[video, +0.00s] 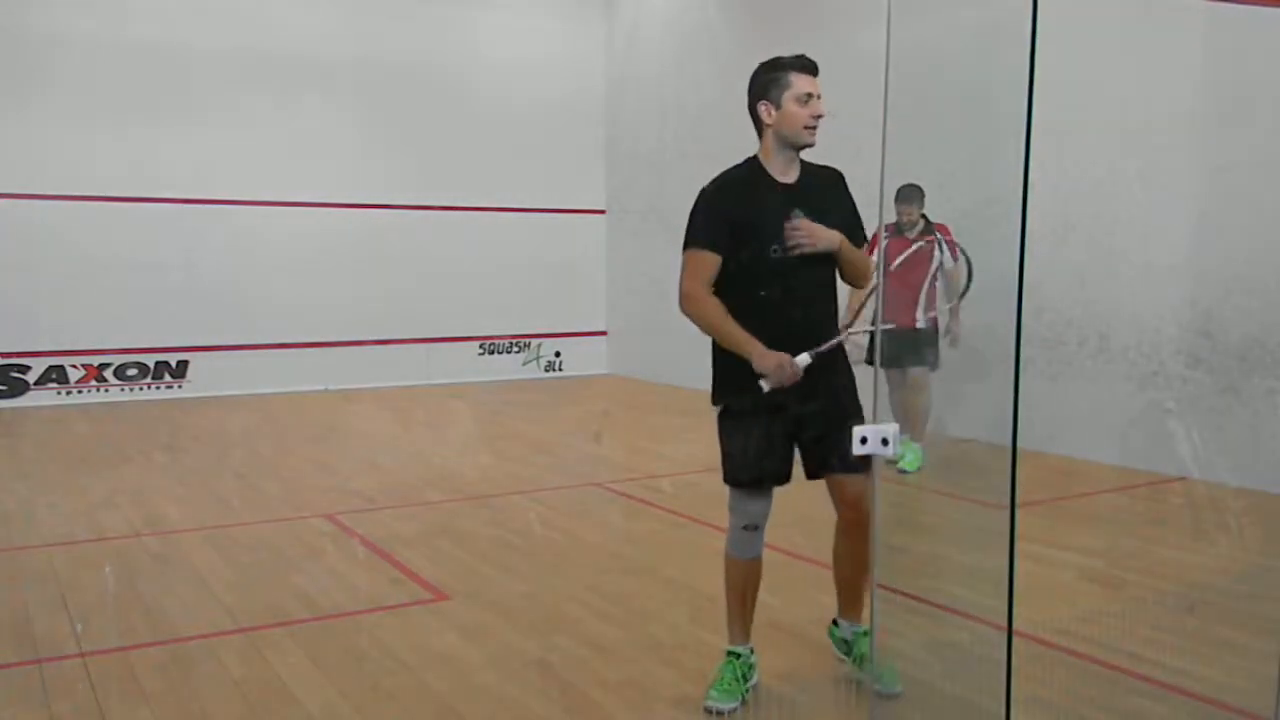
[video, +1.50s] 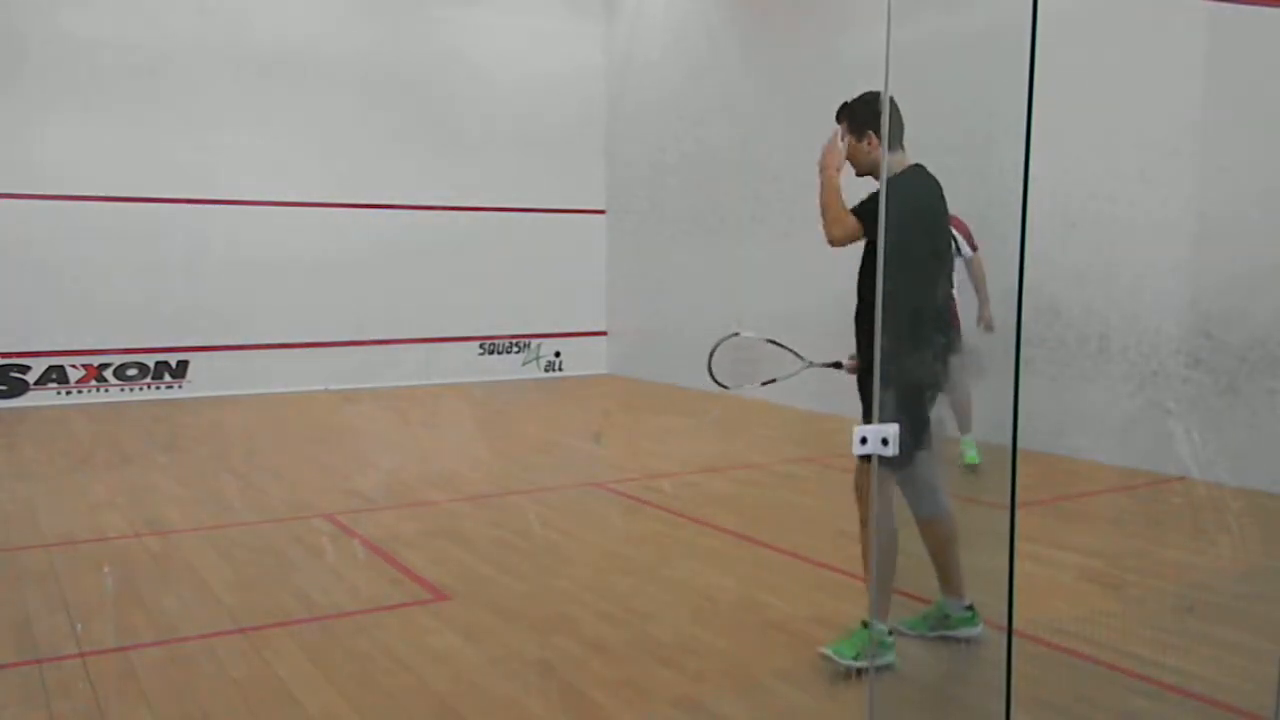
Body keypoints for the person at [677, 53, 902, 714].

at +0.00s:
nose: (819, 110)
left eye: (820, 100)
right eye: (806, 100)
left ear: (806, 113)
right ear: (766, 111)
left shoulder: (829, 186)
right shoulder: (723, 196)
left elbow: (865, 276)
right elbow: (693, 295)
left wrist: (836, 243)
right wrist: (756, 352)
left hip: (824, 370)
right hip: (749, 380)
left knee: (856, 500)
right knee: (748, 518)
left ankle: (851, 629)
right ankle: (739, 653)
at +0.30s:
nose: (879, 119)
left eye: (882, 108)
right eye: (868, 107)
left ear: (877, 119)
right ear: (829, 115)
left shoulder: (895, 199)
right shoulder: (776, 194)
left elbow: (921, 284)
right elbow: (738, 287)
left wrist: (881, 271)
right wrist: (738, 372)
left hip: (864, 381)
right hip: (790, 382)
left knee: (859, 512)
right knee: (774, 520)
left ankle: (859, 644)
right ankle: (742, 654)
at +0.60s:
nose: (902, 127)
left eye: (912, 117)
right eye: (891, 115)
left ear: (923, 124)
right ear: (864, 120)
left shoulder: (940, 202)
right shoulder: (820, 191)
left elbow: (951, 299)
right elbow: (787, 274)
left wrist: (892, 344)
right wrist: (768, 346)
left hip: (891, 382)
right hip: (817, 374)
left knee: (874, 513)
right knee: (798, 505)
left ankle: (858, 639)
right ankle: (793, 629)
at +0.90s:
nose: (843, 132)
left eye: (853, 121)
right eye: (843, 121)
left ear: (892, 124)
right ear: (866, 127)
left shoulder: (944, 198)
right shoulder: (845, 197)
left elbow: (960, 297)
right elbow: (827, 279)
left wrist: (940, 377)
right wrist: (795, 347)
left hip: (904, 375)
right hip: (845, 371)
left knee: (882, 498)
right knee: (851, 491)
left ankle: (858, 637)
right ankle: (919, 575)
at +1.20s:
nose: (837, 150)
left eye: (840, 138)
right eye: (836, 139)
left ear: (868, 136)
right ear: (870, 136)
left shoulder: (931, 194)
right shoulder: (873, 212)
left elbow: (966, 274)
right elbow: (869, 298)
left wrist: (886, 310)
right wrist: (840, 352)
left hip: (917, 368)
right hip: (885, 368)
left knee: (885, 489)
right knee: (914, 484)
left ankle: (876, 634)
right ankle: (954, 604)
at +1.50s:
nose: (845, 155)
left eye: (847, 145)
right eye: (844, 145)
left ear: (870, 140)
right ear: (884, 138)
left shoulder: (898, 192)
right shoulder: (922, 187)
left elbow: (838, 230)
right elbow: (919, 291)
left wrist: (829, 176)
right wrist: (873, 352)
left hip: (896, 368)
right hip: (915, 363)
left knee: (872, 484)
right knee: (919, 479)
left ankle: (876, 631)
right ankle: (956, 607)